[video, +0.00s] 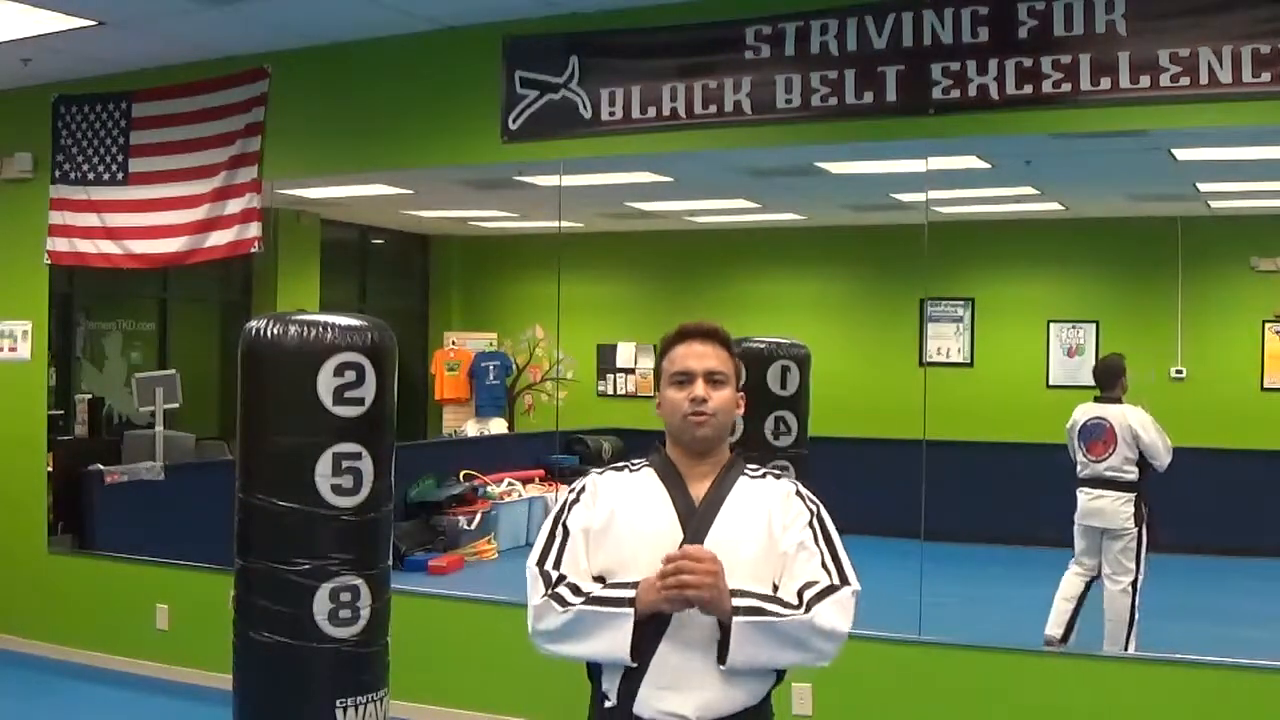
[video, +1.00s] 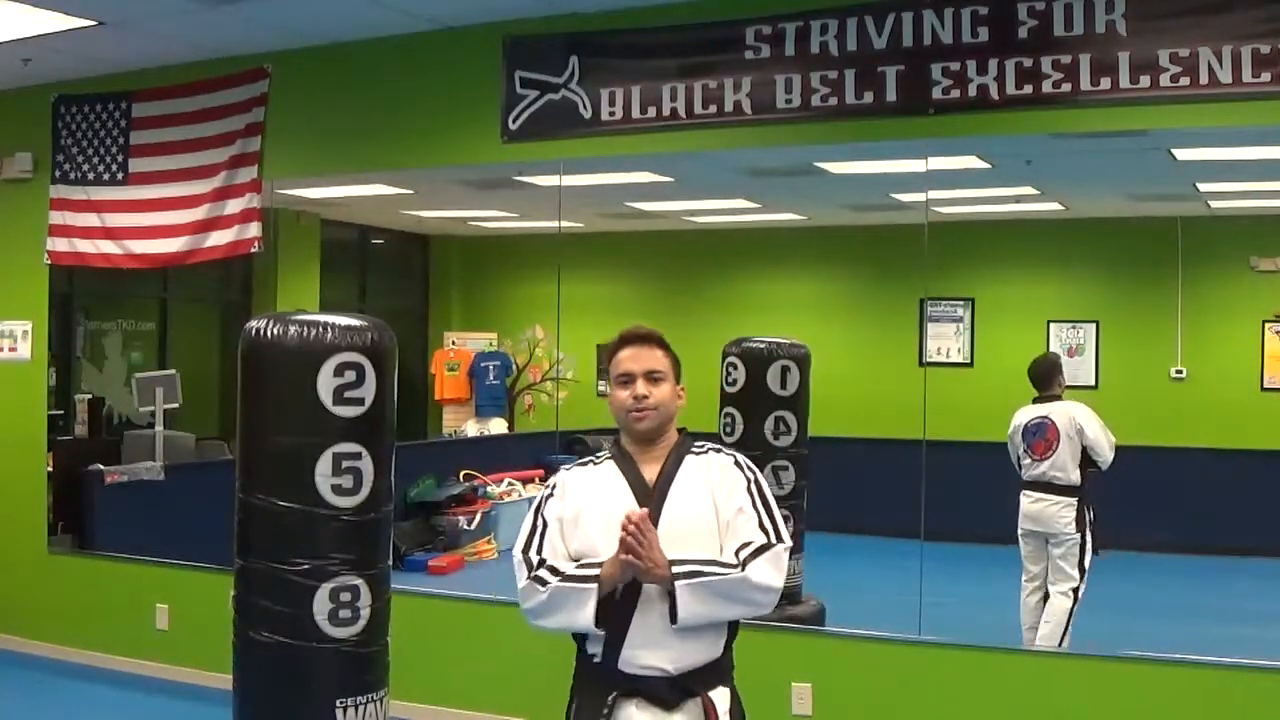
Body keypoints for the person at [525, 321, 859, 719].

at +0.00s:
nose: (699, 394)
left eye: (715, 381)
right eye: (681, 381)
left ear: (739, 403)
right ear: (659, 402)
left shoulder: (787, 503)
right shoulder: (595, 494)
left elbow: (826, 626)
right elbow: (548, 612)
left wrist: (730, 603)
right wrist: (642, 597)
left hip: (741, 709)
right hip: (624, 708)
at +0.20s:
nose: (659, 396)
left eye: (676, 383)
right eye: (643, 385)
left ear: (702, 401)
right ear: (625, 406)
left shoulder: (755, 498)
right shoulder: (574, 498)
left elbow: (786, 620)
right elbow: (533, 616)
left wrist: (690, 588)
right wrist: (631, 595)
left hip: (714, 708)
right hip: (605, 707)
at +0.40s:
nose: (618, 402)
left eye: (632, 387)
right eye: (601, 392)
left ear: (661, 402)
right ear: (586, 410)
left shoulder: (718, 483)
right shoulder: (552, 500)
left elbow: (756, 601)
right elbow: (521, 621)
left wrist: (654, 578)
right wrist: (604, 585)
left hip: (693, 705)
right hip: (593, 706)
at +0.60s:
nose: (593, 404)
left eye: (608, 387)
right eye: (577, 394)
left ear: (638, 391)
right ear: (565, 405)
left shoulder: (699, 465)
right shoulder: (542, 494)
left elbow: (748, 578)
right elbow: (517, 613)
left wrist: (643, 566)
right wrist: (593, 576)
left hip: (691, 698)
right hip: (590, 700)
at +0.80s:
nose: (605, 394)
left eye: (619, 379)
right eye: (590, 384)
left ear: (648, 392)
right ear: (577, 400)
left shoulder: (704, 466)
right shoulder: (549, 491)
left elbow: (746, 577)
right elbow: (521, 608)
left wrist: (643, 565)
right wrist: (591, 565)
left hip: (690, 698)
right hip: (590, 698)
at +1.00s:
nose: (640, 392)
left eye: (655, 379)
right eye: (625, 381)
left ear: (679, 394)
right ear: (609, 396)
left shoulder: (730, 474)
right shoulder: (569, 485)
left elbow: (764, 581)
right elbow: (535, 592)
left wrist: (669, 573)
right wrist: (611, 572)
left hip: (702, 698)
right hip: (604, 697)